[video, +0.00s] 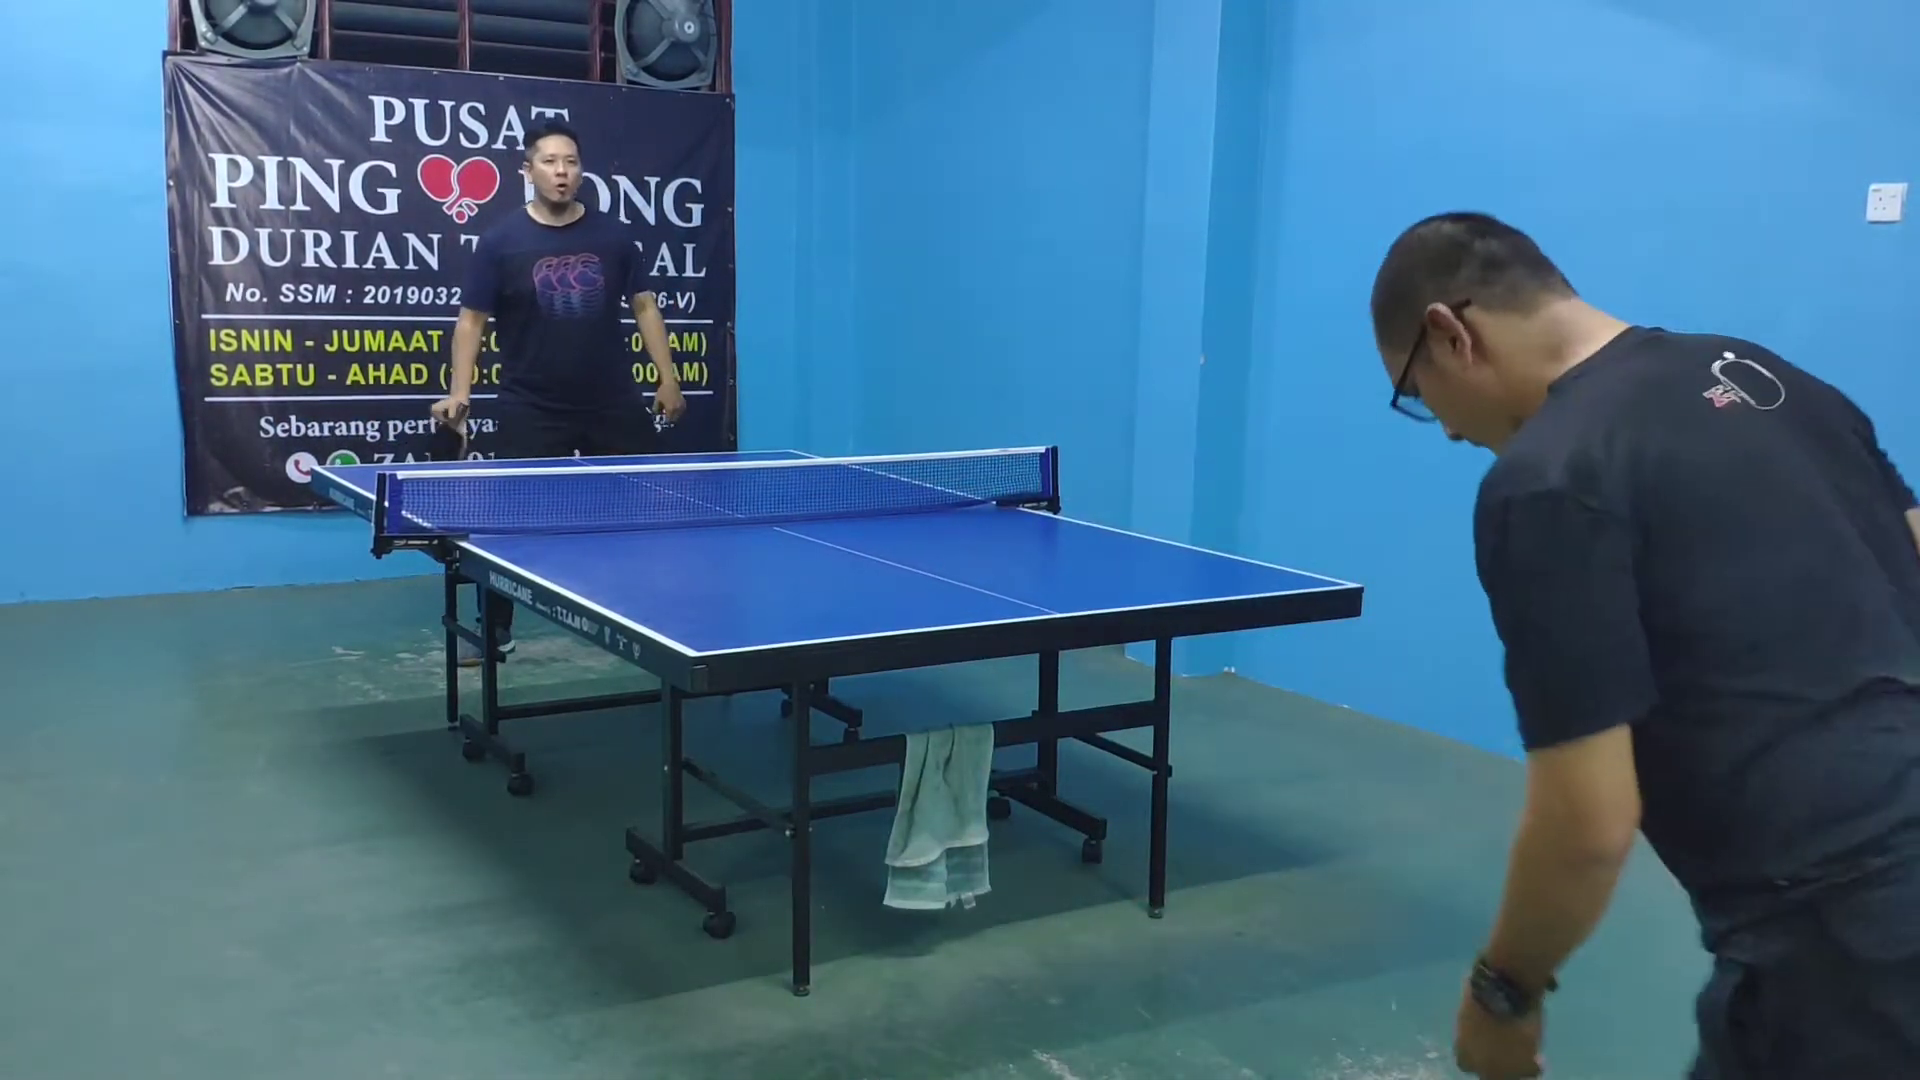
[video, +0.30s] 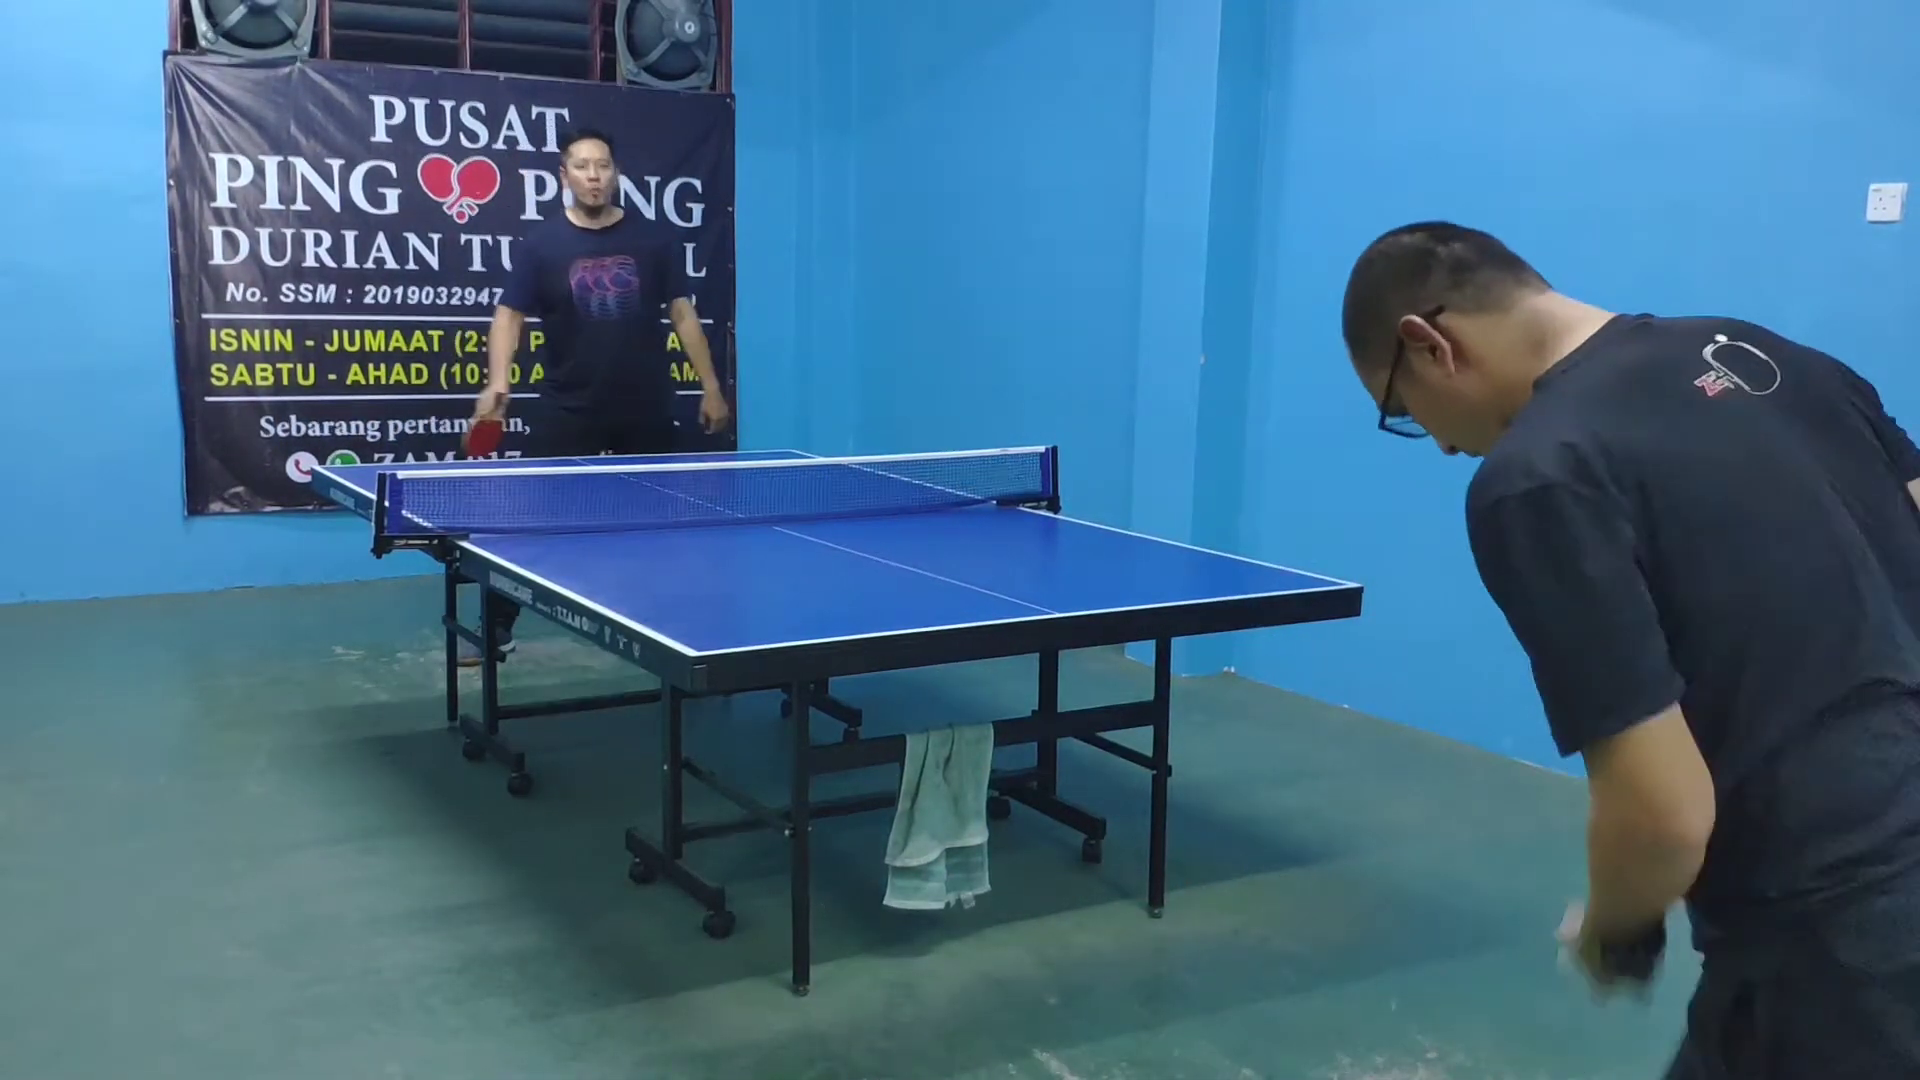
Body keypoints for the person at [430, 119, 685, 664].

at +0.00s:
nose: (562, 171)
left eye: (570, 161)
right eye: (550, 161)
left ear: (581, 169)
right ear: (529, 169)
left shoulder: (613, 236)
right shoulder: (500, 240)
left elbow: (645, 307)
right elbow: (472, 320)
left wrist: (668, 379)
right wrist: (459, 393)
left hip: (611, 403)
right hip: (532, 408)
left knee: (638, 510)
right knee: (512, 516)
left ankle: (649, 627)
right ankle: (495, 627)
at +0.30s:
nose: (593, 175)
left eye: (602, 165)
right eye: (582, 166)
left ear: (615, 172)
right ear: (565, 174)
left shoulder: (653, 237)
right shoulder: (543, 244)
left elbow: (683, 314)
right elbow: (509, 315)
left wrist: (712, 388)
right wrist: (497, 384)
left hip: (646, 408)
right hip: (569, 409)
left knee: (662, 517)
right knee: (530, 513)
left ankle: (675, 630)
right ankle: (497, 626)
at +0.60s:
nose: (606, 179)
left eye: (615, 169)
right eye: (594, 169)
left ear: (626, 179)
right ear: (574, 177)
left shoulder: (661, 242)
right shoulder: (551, 244)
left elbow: (688, 316)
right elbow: (550, 320)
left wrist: (658, 341)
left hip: (644, 403)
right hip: (575, 403)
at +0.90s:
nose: (614, 186)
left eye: (623, 177)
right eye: (603, 176)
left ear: (634, 184)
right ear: (581, 182)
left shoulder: (662, 246)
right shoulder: (552, 245)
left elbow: (690, 315)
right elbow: (514, 313)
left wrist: (672, 345)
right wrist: (522, 358)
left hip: (646, 406)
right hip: (570, 406)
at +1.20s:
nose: (640, 201)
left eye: (649, 191)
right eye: (630, 191)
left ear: (658, 195)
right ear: (606, 192)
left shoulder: (680, 254)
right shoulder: (573, 252)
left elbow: (705, 319)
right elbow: (535, 321)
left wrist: (703, 352)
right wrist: (566, 357)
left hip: (658, 418)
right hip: (581, 416)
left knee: (680, 523)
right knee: (537, 517)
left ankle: (677, 628)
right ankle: (501, 627)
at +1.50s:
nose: (692, 258)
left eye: (699, 247)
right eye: (682, 246)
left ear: (706, 247)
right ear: (652, 243)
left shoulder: (692, 280)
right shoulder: (628, 305)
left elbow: (715, 329)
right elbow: (686, 387)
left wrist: (757, 381)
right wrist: (742, 405)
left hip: (653, 426)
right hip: (586, 429)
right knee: (533, 525)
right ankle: (499, 632)